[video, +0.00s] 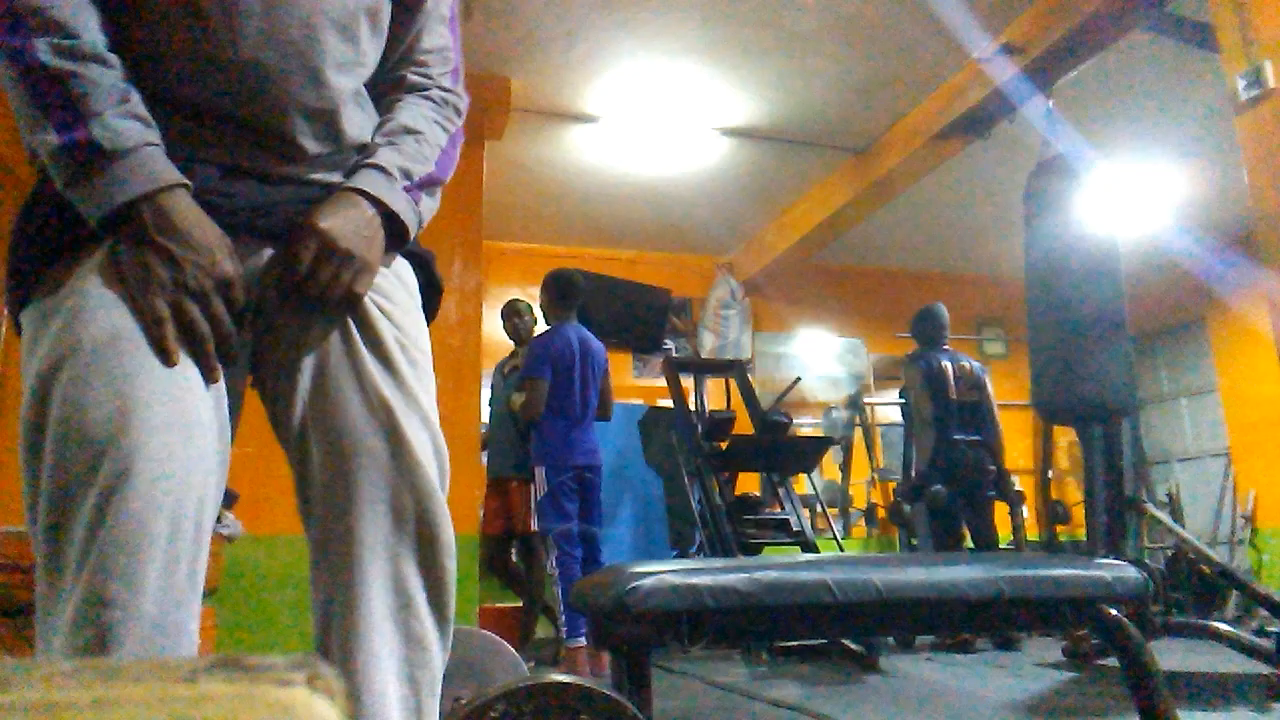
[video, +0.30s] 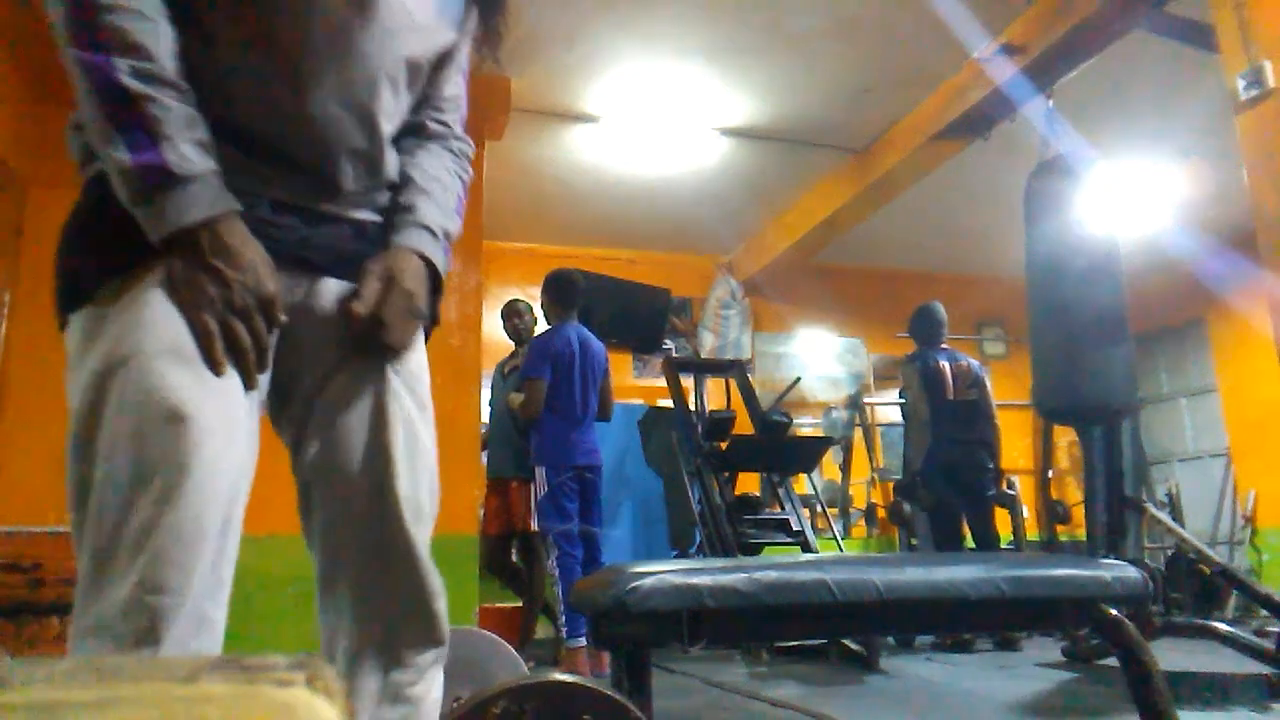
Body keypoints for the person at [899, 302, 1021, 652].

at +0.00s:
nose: (914, 338)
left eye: (915, 333)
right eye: (916, 333)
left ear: (918, 333)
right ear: (947, 331)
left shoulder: (917, 365)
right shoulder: (975, 368)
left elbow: (924, 420)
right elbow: (991, 424)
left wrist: (917, 471)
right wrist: (1001, 470)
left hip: (939, 465)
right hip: (977, 463)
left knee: (946, 545)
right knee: (987, 542)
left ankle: (959, 629)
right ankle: (1004, 626)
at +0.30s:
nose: (911, 339)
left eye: (912, 334)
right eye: (911, 335)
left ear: (916, 333)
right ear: (945, 331)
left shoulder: (914, 367)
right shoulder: (974, 367)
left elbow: (918, 422)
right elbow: (991, 422)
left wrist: (911, 470)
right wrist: (997, 468)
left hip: (937, 468)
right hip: (976, 465)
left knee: (948, 546)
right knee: (988, 541)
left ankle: (957, 629)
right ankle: (1005, 626)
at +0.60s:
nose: (920, 338)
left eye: (921, 333)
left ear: (922, 332)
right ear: (954, 332)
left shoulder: (922, 365)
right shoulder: (977, 368)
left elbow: (933, 421)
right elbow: (995, 424)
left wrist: (923, 475)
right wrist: (1001, 472)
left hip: (939, 475)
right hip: (977, 472)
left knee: (948, 550)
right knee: (993, 545)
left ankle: (958, 630)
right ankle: (1007, 628)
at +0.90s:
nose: (925, 341)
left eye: (924, 334)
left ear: (923, 334)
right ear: (956, 334)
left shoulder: (919, 368)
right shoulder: (977, 370)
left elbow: (930, 422)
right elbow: (997, 424)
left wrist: (921, 474)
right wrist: (1001, 470)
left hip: (941, 471)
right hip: (977, 470)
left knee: (950, 548)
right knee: (995, 543)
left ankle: (958, 630)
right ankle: (1006, 626)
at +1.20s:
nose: (924, 339)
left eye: (925, 333)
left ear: (927, 333)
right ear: (958, 334)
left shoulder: (922, 366)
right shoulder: (977, 369)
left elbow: (935, 426)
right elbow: (998, 423)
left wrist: (926, 474)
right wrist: (1001, 469)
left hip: (944, 468)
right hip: (977, 466)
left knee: (951, 547)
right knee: (994, 543)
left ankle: (958, 629)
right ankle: (1006, 627)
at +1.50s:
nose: (932, 333)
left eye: (933, 327)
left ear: (936, 328)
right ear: (968, 329)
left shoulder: (927, 366)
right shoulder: (985, 366)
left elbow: (932, 419)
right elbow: (1008, 422)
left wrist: (914, 441)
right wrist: (987, 446)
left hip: (943, 467)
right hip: (980, 467)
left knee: (950, 546)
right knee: (992, 543)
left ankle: (955, 630)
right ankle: (1007, 626)